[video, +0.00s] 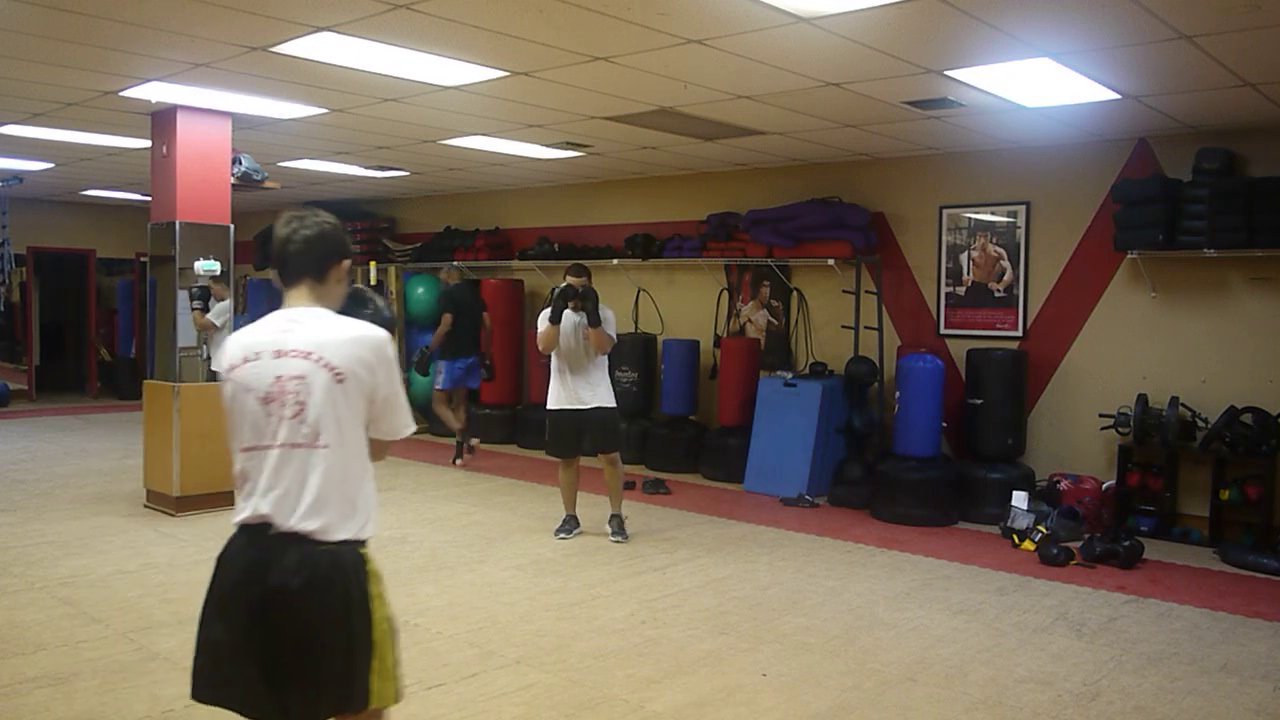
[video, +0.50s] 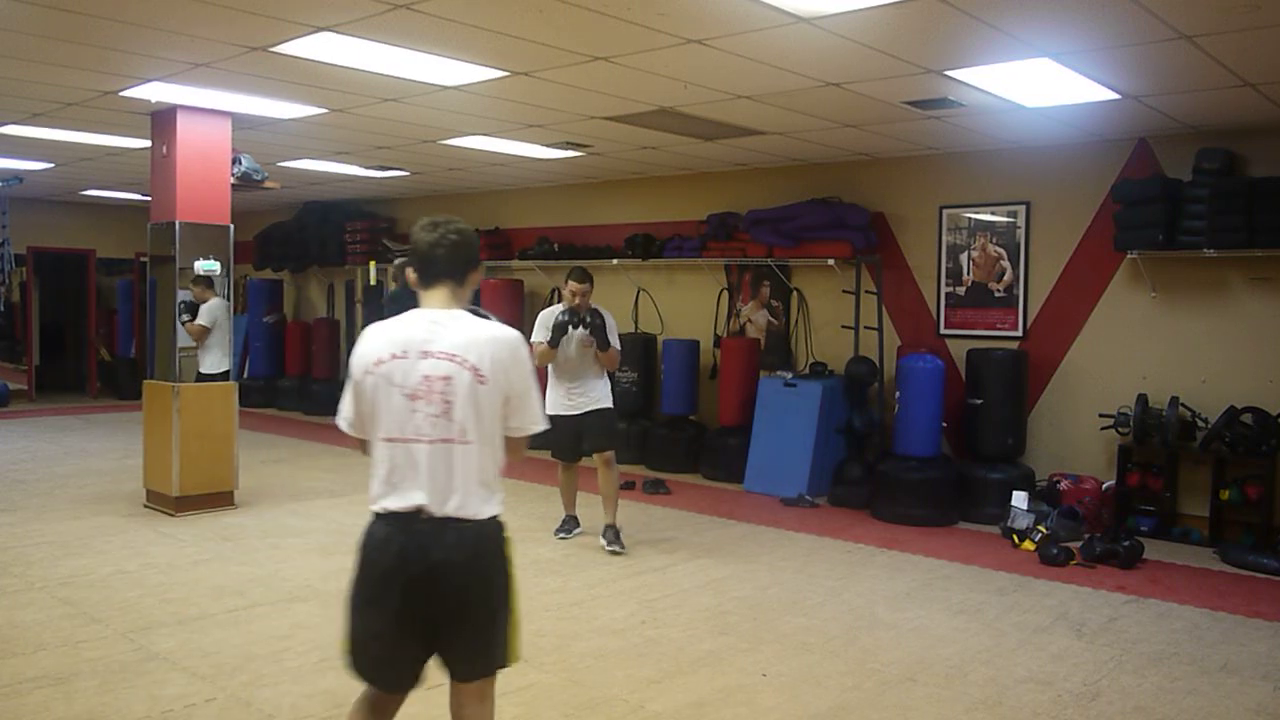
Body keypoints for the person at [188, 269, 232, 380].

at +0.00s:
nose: (211, 293)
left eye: (212, 289)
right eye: (210, 289)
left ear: (221, 286)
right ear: (222, 287)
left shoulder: (225, 305)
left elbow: (201, 325)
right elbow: (207, 324)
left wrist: (196, 303)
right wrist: (204, 303)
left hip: (220, 365)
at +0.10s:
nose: (210, 292)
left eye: (210, 288)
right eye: (209, 289)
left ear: (219, 286)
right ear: (221, 286)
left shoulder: (226, 305)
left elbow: (201, 326)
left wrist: (195, 307)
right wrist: (202, 306)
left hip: (221, 369)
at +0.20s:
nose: (207, 291)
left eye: (208, 287)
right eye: (207, 288)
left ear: (218, 286)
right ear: (219, 286)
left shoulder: (224, 306)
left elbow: (202, 329)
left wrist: (192, 311)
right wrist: (202, 313)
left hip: (220, 369)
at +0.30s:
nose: (204, 293)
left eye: (203, 289)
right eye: (203, 289)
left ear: (209, 287)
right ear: (220, 285)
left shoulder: (220, 306)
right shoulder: (229, 304)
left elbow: (205, 333)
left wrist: (191, 320)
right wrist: (202, 318)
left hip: (218, 370)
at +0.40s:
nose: (199, 295)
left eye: (199, 290)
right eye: (197, 291)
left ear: (207, 289)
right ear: (208, 288)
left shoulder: (216, 306)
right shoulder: (225, 303)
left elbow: (205, 335)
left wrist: (190, 322)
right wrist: (201, 319)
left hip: (214, 371)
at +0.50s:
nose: (192, 295)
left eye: (193, 290)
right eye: (192, 291)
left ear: (201, 289)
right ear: (206, 288)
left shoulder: (209, 307)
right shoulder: (224, 304)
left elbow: (197, 334)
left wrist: (185, 319)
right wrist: (195, 315)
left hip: (210, 370)